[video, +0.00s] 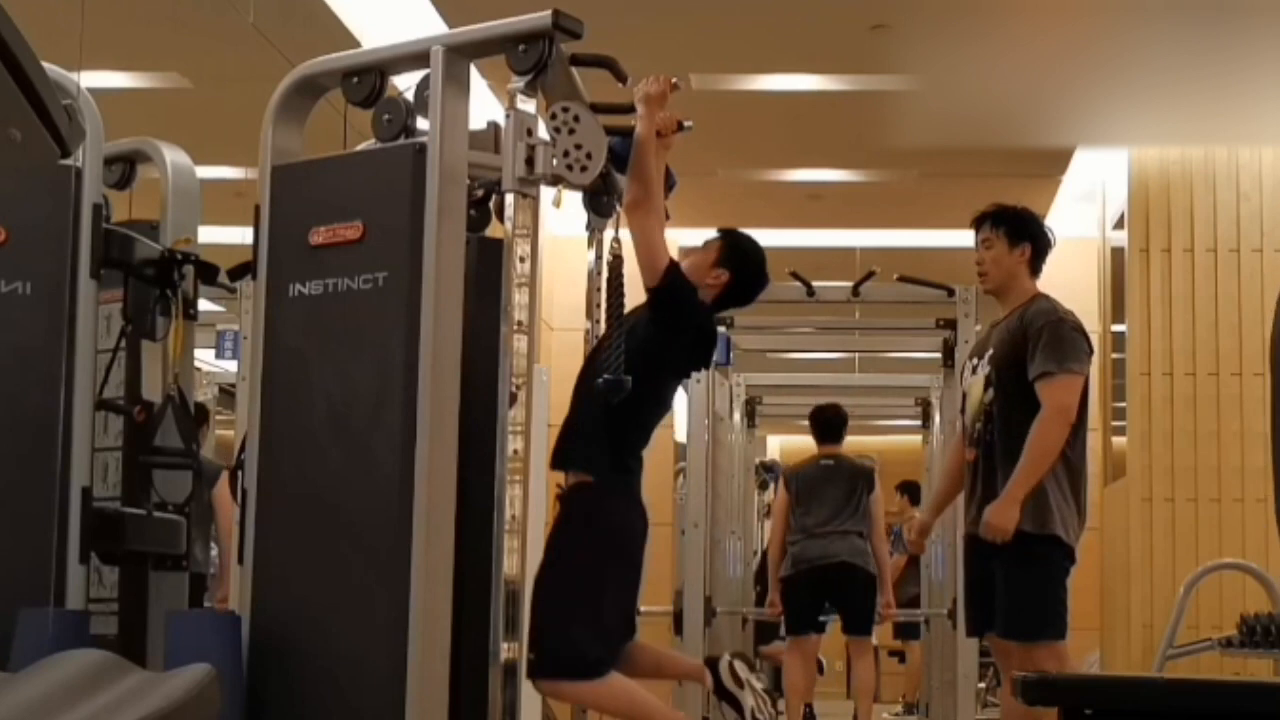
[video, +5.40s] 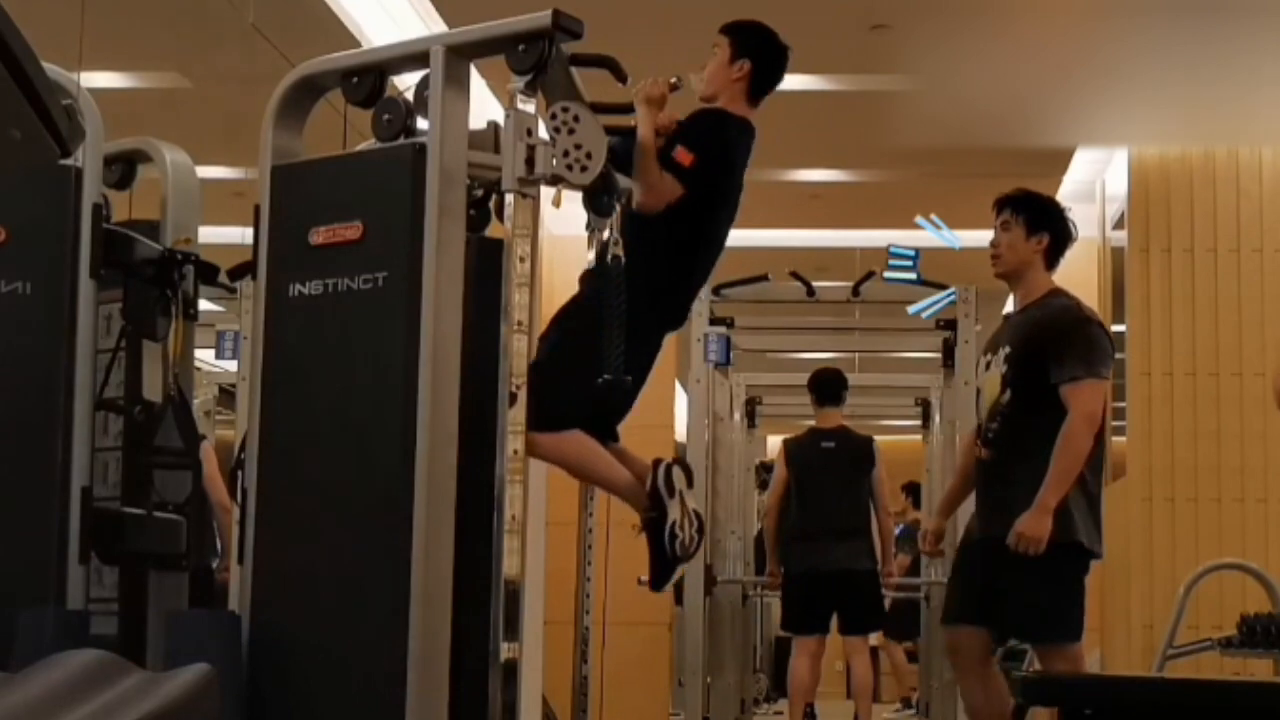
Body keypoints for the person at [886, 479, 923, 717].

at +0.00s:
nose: (895, 501)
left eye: (897, 496)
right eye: (896, 496)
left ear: (905, 497)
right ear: (913, 497)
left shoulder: (910, 522)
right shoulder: (913, 520)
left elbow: (899, 558)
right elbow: (900, 557)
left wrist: (886, 585)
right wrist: (889, 583)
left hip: (910, 591)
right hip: (913, 590)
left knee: (912, 646)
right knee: (912, 646)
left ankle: (910, 701)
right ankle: (912, 699)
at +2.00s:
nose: (891, 504)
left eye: (893, 500)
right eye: (892, 500)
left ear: (901, 500)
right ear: (911, 500)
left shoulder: (907, 526)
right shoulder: (912, 524)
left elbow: (901, 560)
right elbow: (902, 558)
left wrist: (888, 578)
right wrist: (891, 575)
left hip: (907, 590)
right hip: (911, 589)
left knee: (910, 647)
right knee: (911, 647)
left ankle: (911, 700)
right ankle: (912, 699)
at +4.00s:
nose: (894, 504)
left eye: (896, 499)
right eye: (895, 500)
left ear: (902, 500)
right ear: (915, 500)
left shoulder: (906, 528)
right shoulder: (920, 526)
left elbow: (900, 561)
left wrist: (886, 586)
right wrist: (890, 582)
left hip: (909, 596)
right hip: (917, 594)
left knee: (912, 649)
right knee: (912, 649)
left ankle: (910, 701)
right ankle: (912, 699)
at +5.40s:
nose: (899, 501)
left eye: (902, 496)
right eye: (901, 496)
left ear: (908, 498)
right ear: (917, 498)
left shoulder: (910, 527)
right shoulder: (920, 524)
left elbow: (904, 561)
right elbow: (908, 559)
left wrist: (890, 578)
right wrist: (893, 574)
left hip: (907, 592)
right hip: (917, 591)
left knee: (891, 640)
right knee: (920, 645)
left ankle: (908, 697)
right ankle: (919, 696)